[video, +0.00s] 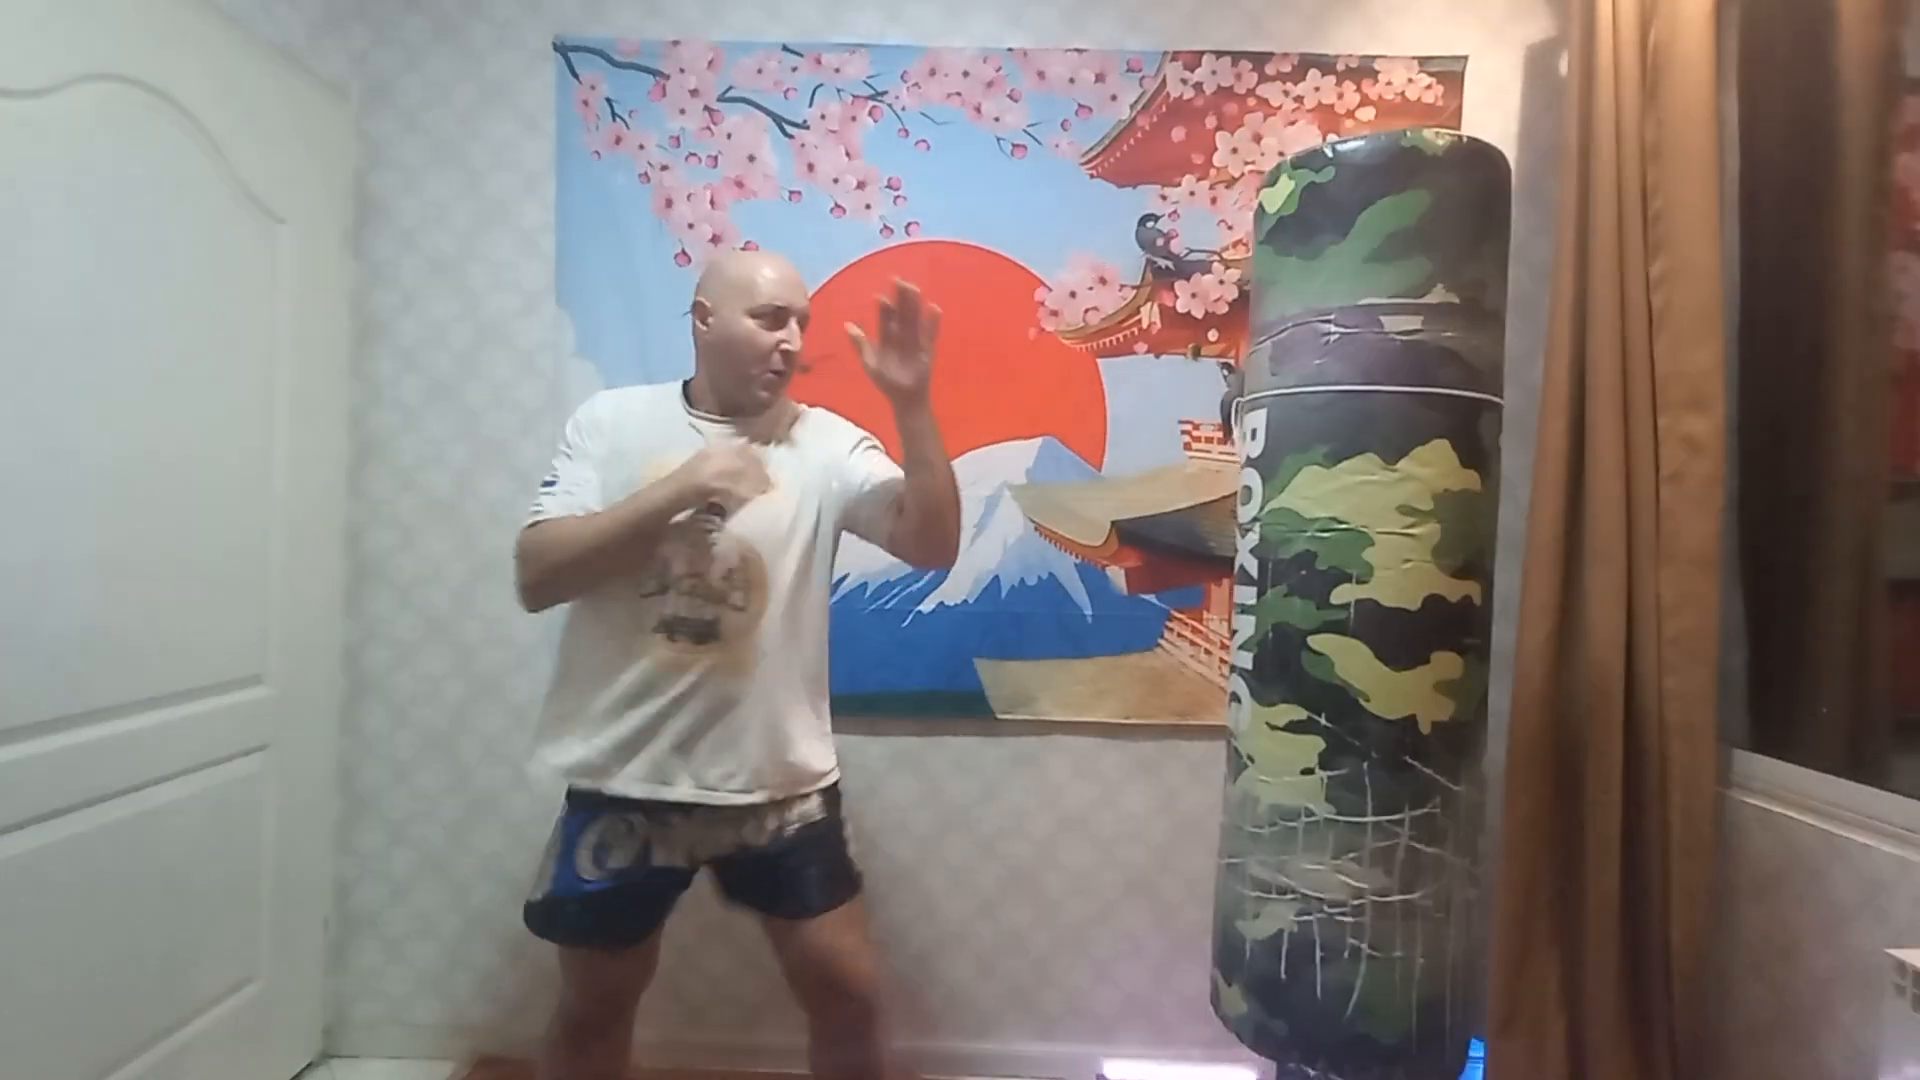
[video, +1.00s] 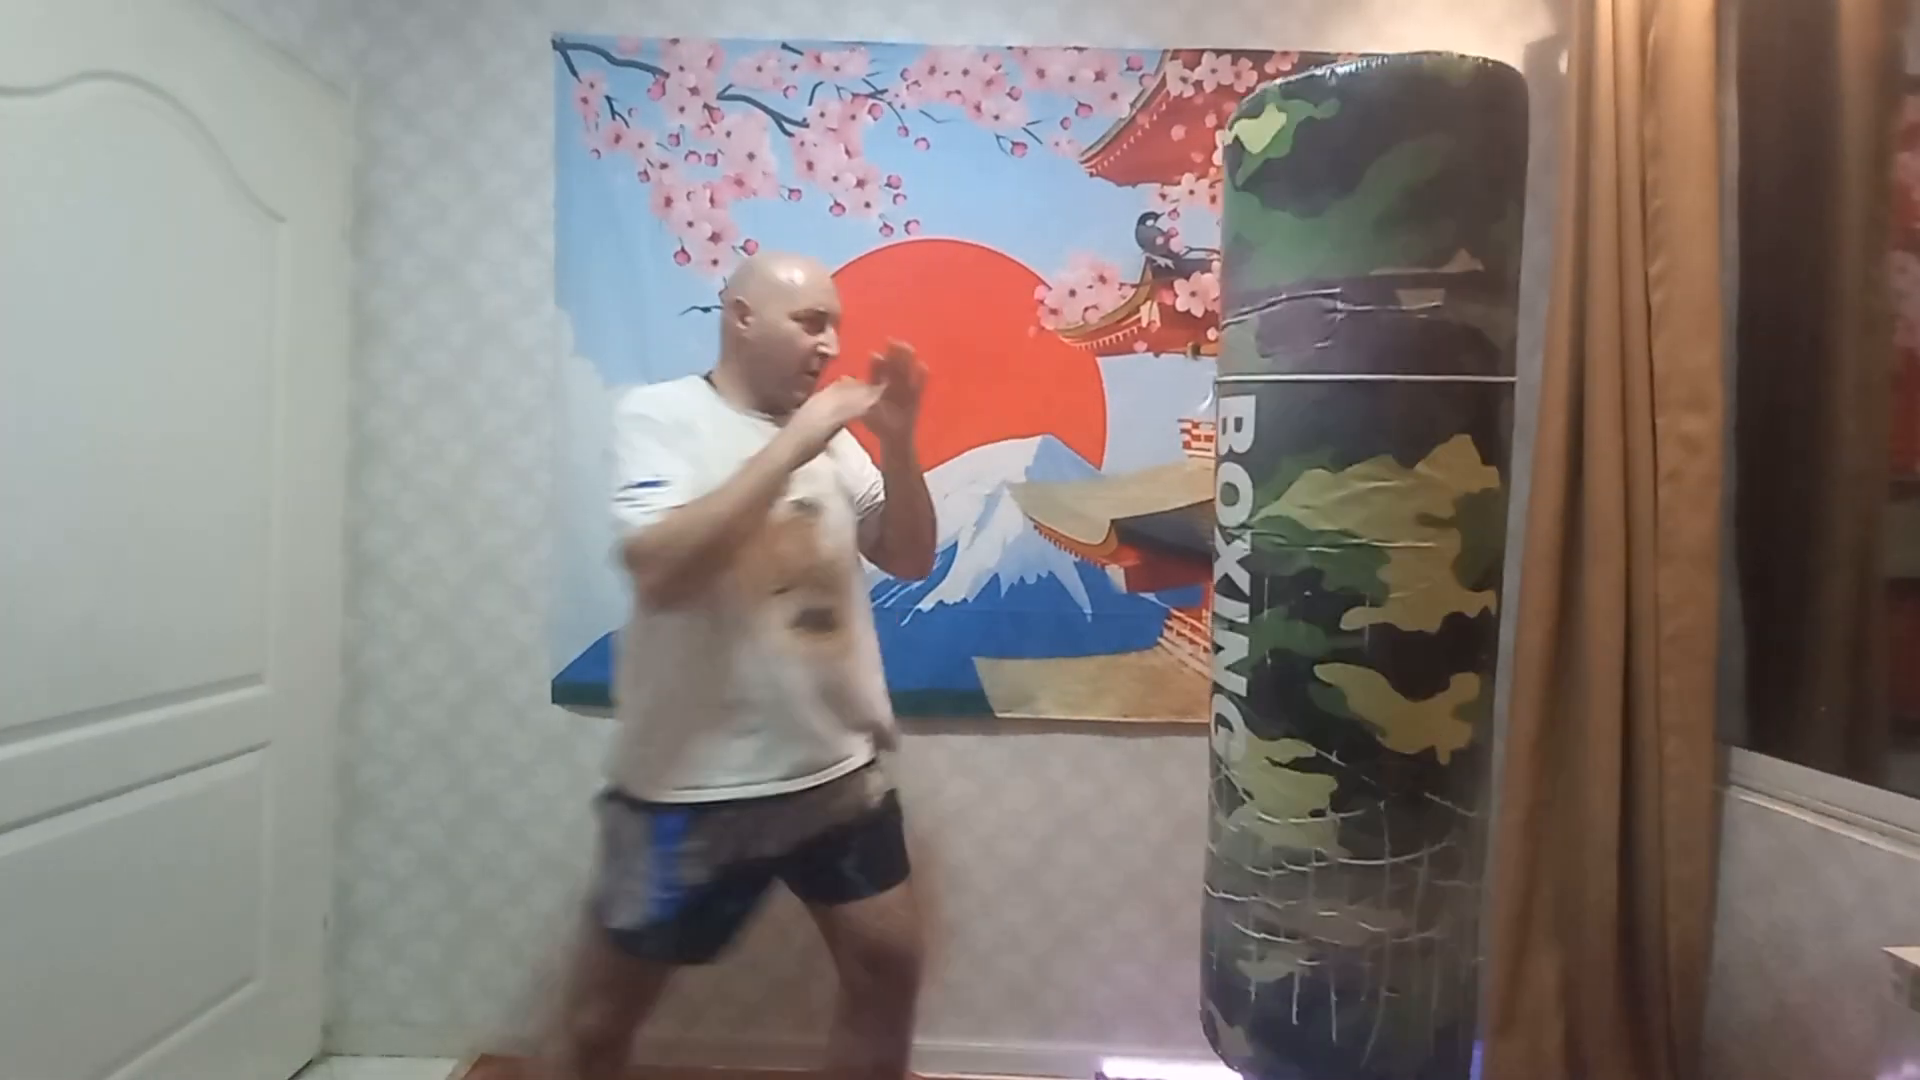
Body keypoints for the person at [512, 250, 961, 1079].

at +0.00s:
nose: (792, 342)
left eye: (801, 324)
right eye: (770, 318)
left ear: (807, 336)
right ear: (703, 320)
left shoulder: (828, 445)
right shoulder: (610, 423)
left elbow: (929, 543)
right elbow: (538, 576)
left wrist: (914, 405)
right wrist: (679, 490)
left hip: (781, 783)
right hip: (623, 782)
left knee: (851, 1000)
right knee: (590, 1022)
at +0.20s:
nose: (838, 353)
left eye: (839, 336)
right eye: (821, 333)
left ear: (762, 338)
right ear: (754, 334)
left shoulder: (802, 448)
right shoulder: (699, 422)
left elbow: (835, 573)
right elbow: (831, 491)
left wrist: (886, 496)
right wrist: (915, 374)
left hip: (826, 776)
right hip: (705, 784)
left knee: (884, 960)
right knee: (647, 1038)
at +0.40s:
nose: (857, 374)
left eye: (858, 354)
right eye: (845, 352)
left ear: (776, 351)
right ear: (784, 346)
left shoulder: (714, 430)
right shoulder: (773, 422)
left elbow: (785, 557)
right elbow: (862, 543)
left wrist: (867, 469)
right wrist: (1025, 468)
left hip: (783, 761)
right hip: (849, 737)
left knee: (881, 970)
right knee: (1043, 867)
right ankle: (903, 1048)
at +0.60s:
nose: (875, 372)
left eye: (876, 355)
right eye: (863, 352)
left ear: (807, 349)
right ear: (798, 343)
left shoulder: (806, 437)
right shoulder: (746, 422)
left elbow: (878, 541)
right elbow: (806, 550)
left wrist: (925, 439)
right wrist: (942, 443)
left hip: (832, 709)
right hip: (824, 709)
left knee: (871, 971)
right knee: (1056, 785)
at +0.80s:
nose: (868, 360)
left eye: (871, 343)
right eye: (853, 338)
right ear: (786, 333)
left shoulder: (827, 449)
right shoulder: (727, 421)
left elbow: (892, 565)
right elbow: (777, 561)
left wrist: (922, 460)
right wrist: (884, 428)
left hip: (867, 731)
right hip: (795, 738)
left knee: (887, 996)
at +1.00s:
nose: (829, 344)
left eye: (833, 326)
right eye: (810, 322)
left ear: (832, 334)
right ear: (740, 320)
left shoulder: (828, 440)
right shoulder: (654, 419)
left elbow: (910, 556)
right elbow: (658, 569)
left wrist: (898, 443)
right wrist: (796, 441)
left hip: (837, 770)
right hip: (684, 788)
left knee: (889, 968)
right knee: (599, 1028)